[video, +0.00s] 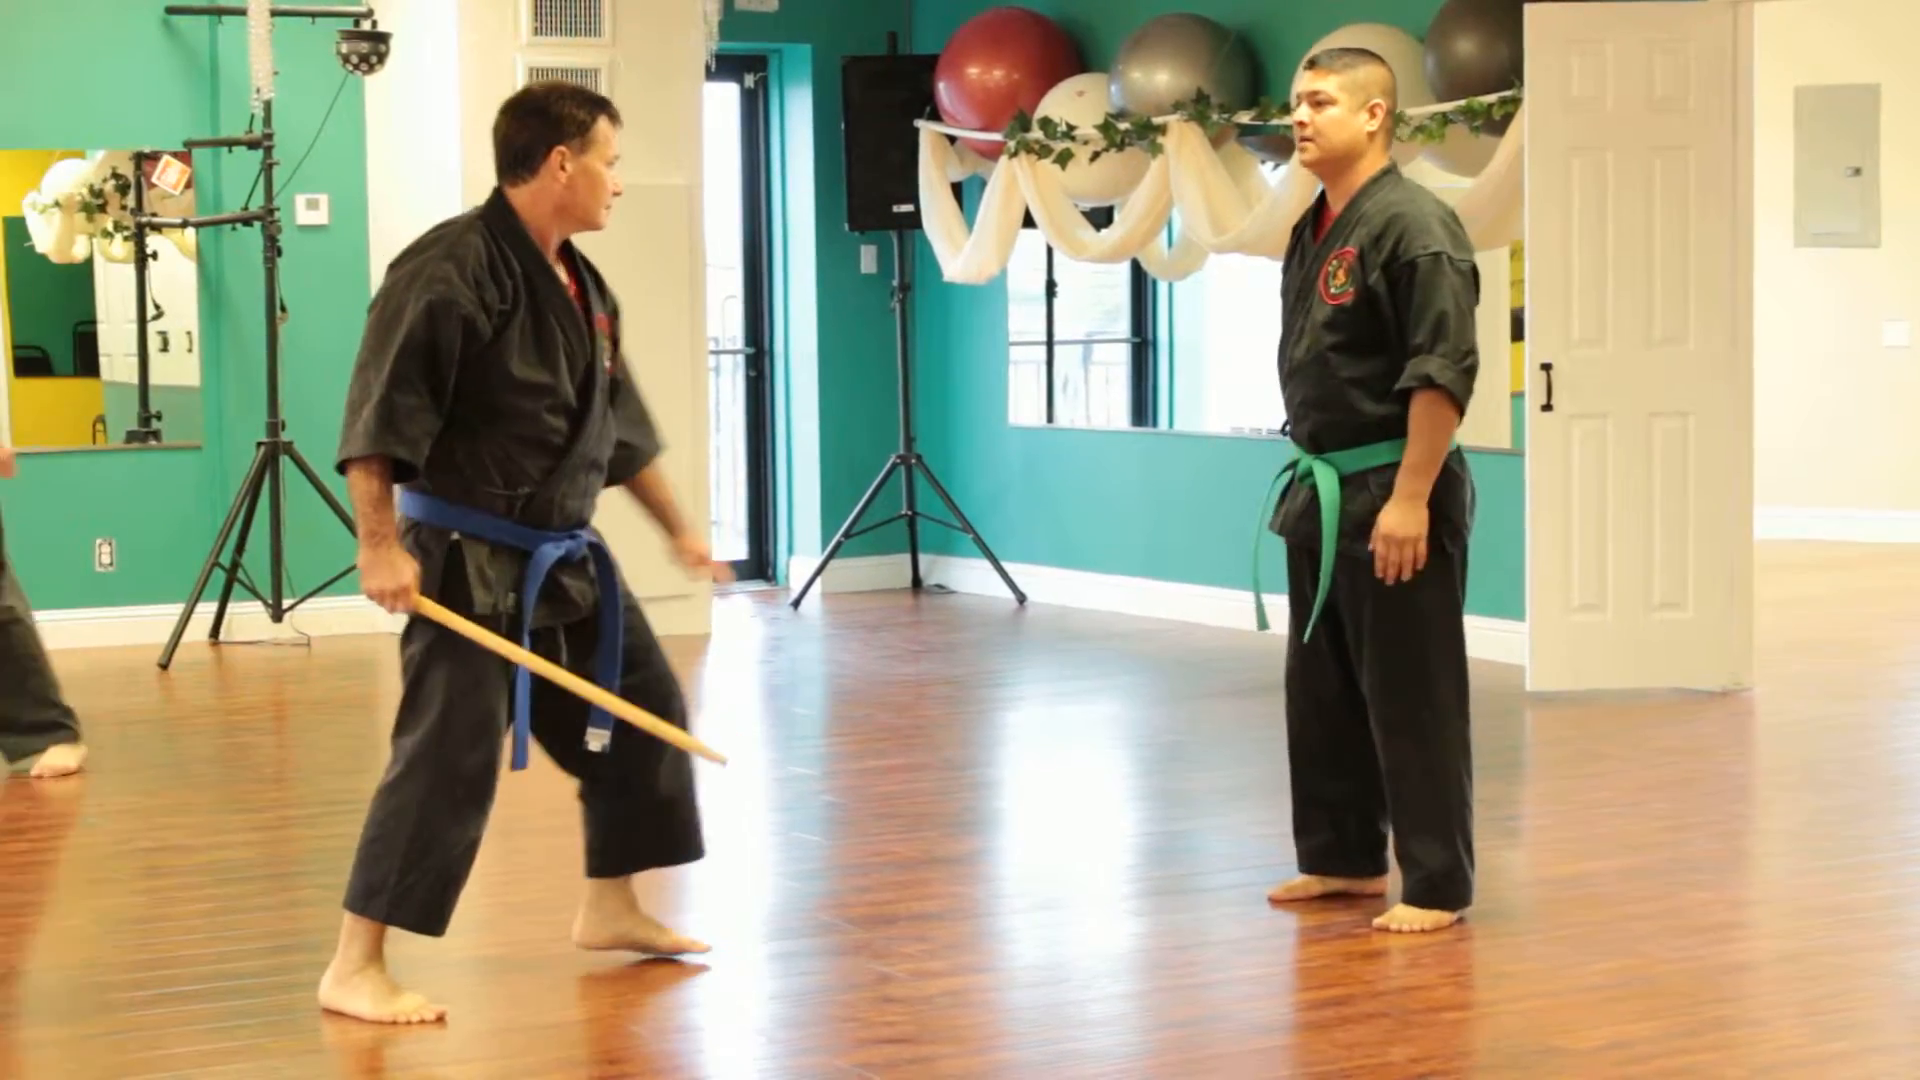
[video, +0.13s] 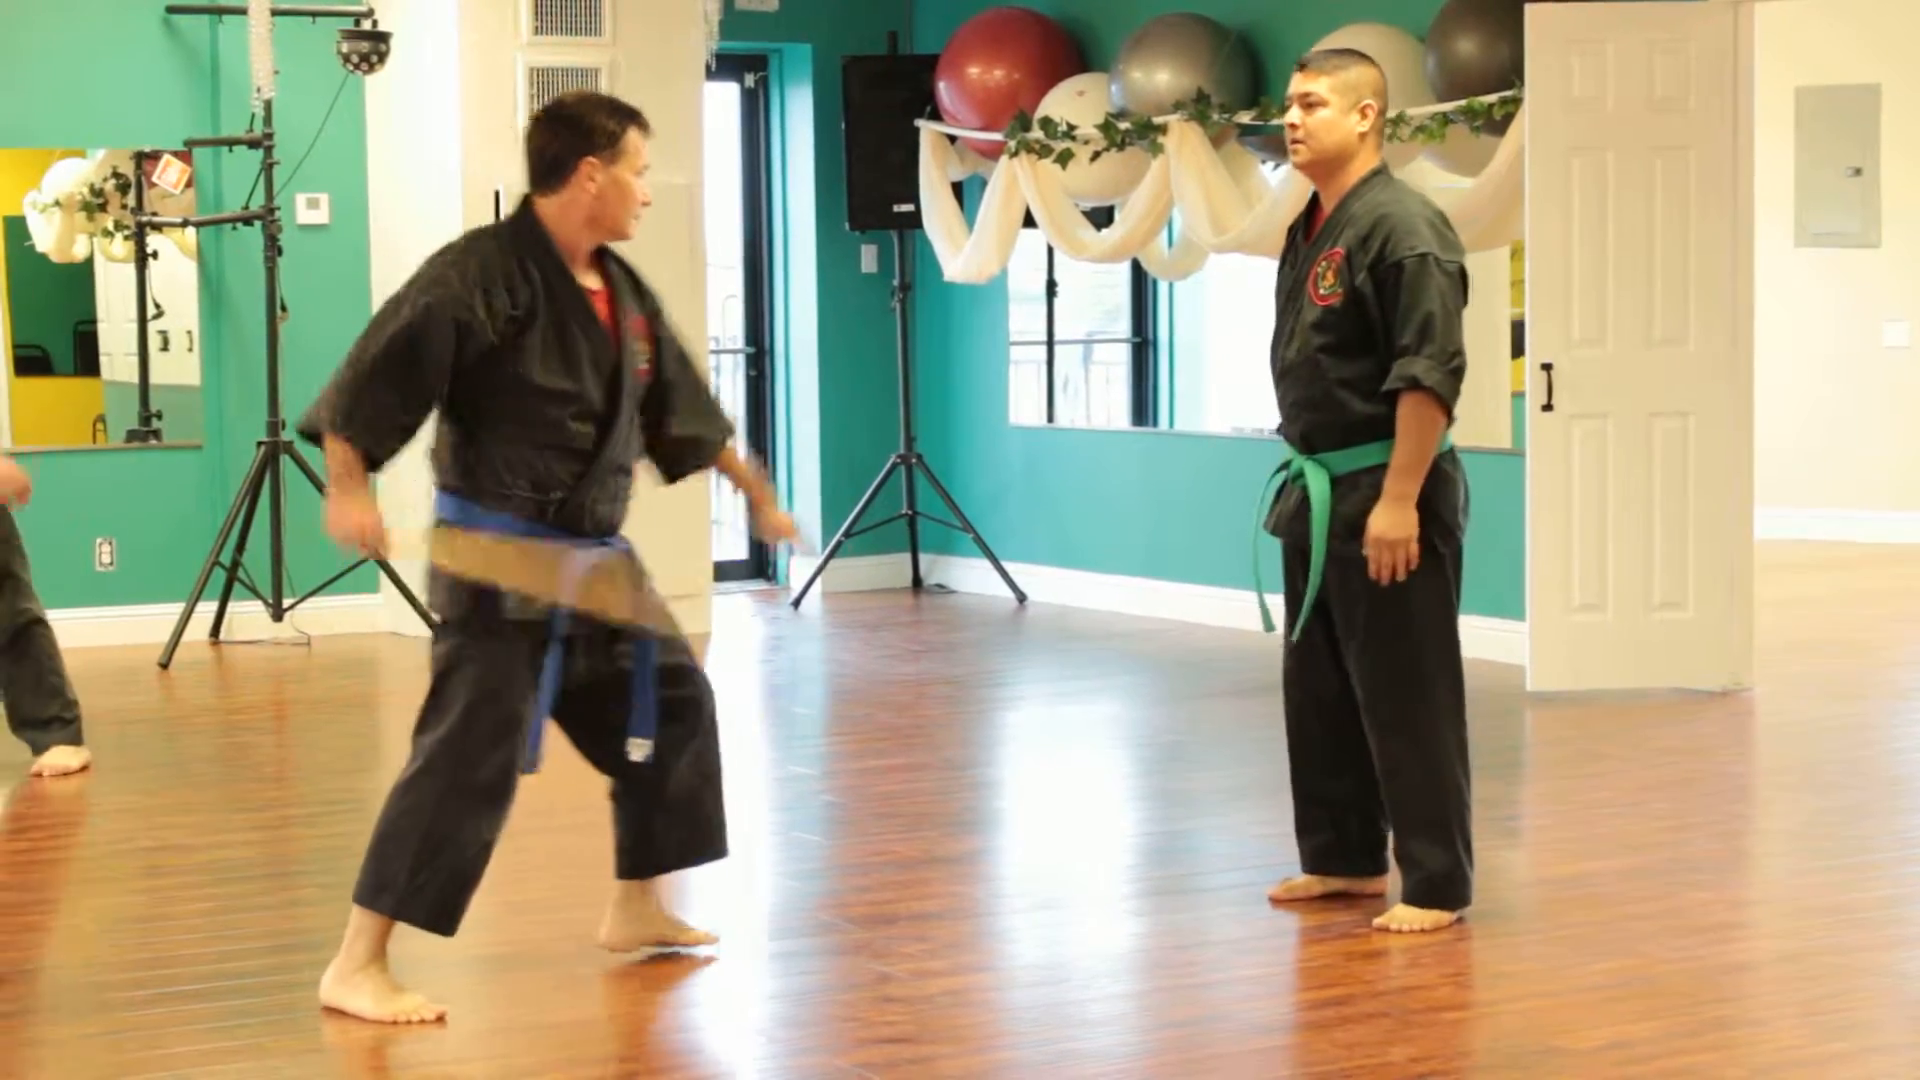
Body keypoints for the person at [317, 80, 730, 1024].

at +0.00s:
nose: (619, 184)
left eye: (618, 165)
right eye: (610, 164)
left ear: (561, 164)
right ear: (559, 164)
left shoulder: (581, 284)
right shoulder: (447, 267)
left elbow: (617, 424)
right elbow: (376, 407)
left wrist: (679, 527)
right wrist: (378, 540)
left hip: (563, 546)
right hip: (463, 545)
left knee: (641, 702)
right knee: (444, 747)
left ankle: (611, 908)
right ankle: (354, 966)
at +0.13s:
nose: (648, 194)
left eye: (647, 175)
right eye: (638, 175)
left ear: (591, 176)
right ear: (588, 175)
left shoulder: (621, 288)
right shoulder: (478, 272)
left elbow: (682, 404)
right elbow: (365, 382)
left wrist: (757, 489)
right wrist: (350, 489)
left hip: (590, 547)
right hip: (494, 541)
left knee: (672, 700)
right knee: (468, 742)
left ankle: (639, 911)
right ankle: (356, 965)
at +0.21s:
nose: (677, 201)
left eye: (677, 184)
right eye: (668, 183)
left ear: (629, 183)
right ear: (616, 181)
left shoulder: (661, 290)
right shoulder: (515, 270)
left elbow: (733, 397)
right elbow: (413, 326)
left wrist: (821, 471)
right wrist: (357, 381)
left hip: (631, 558)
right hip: (534, 553)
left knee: (699, 712)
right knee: (491, 738)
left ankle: (653, 921)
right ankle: (357, 957)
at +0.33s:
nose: (731, 201)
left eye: (732, 185)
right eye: (724, 184)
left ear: (683, 183)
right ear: (677, 182)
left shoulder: (721, 283)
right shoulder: (576, 271)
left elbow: (797, 369)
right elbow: (429, 322)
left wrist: (880, 439)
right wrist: (405, 268)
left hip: (698, 545)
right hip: (611, 542)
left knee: (737, 724)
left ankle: (655, 920)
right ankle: (444, 893)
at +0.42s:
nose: (779, 202)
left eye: (780, 184)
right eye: (771, 184)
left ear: (726, 183)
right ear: (722, 183)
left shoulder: (760, 280)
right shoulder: (627, 265)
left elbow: (832, 365)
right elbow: (499, 283)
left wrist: (910, 432)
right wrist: (483, 184)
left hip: (745, 540)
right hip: (662, 541)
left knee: (745, 728)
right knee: (739, 728)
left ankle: (656, 917)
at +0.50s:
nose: (826, 198)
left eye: (826, 182)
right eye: (817, 179)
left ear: (771, 182)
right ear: (769, 177)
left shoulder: (795, 284)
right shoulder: (685, 254)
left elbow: (861, 376)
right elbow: (604, 257)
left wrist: (931, 446)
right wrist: (592, 148)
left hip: (752, 535)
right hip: (725, 538)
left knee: (736, 730)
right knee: (862, 694)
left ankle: (655, 916)